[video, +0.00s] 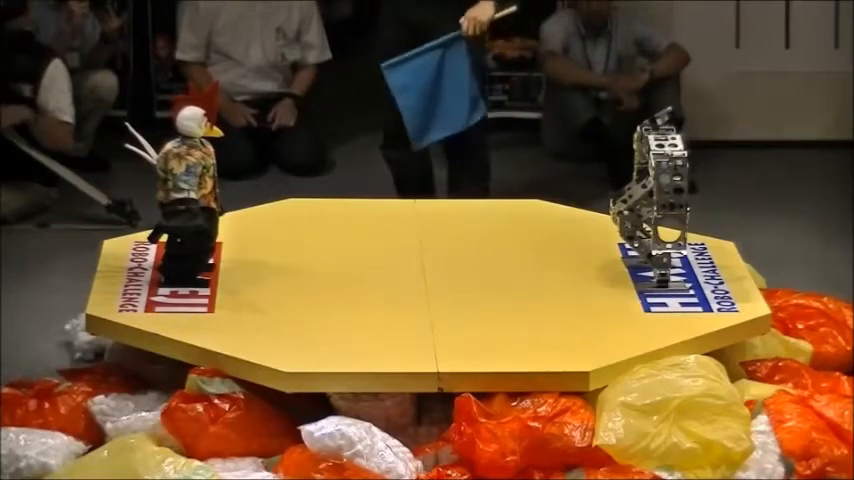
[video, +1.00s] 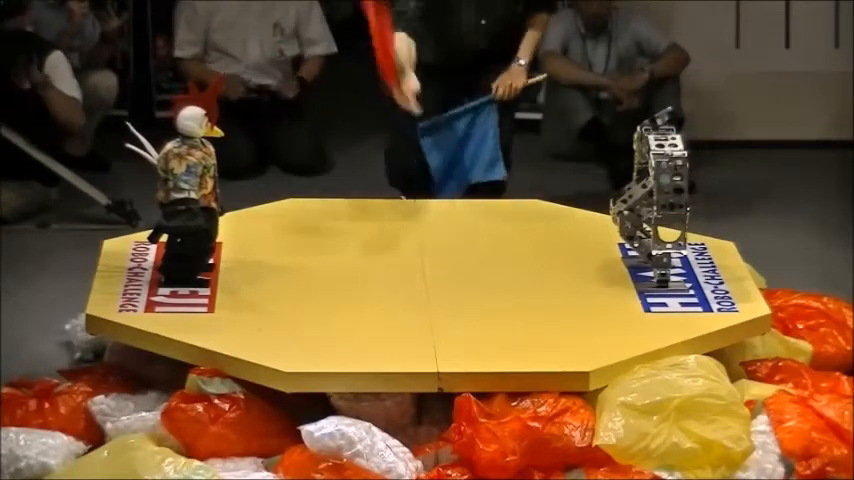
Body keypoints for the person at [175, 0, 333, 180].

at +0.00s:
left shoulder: (301, 5)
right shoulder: (202, 5)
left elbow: (310, 62)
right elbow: (191, 62)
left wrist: (291, 100)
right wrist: (226, 106)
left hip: (279, 99)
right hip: (227, 102)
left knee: (307, 161)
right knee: (238, 163)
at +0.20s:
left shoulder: (301, 5)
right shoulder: (202, 5)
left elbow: (310, 62)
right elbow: (191, 62)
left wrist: (291, 100)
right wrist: (226, 106)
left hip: (279, 99)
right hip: (227, 102)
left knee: (307, 161)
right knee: (238, 164)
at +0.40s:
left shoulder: (301, 5)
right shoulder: (202, 5)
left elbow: (310, 61)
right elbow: (191, 62)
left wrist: (291, 100)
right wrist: (226, 106)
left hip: (279, 98)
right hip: (227, 102)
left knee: (307, 161)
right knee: (238, 164)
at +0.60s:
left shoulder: (300, 5)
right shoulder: (201, 5)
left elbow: (310, 60)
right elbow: (191, 62)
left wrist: (291, 100)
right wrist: (226, 105)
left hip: (279, 98)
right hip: (227, 102)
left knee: (307, 161)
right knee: (237, 164)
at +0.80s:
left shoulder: (301, 5)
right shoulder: (199, 5)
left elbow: (311, 58)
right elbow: (190, 62)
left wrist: (293, 98)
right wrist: (226, 105)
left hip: (279, 97)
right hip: (227, 100)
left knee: (307, 160)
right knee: (237, 164)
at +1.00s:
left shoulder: (301, 5)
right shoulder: (196, 6)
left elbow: (317, 49)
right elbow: (187, 59)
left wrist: (299, 81)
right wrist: (220, 82)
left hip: (280, 97)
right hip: (229, 99)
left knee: (306, 161)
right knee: (237, 164)